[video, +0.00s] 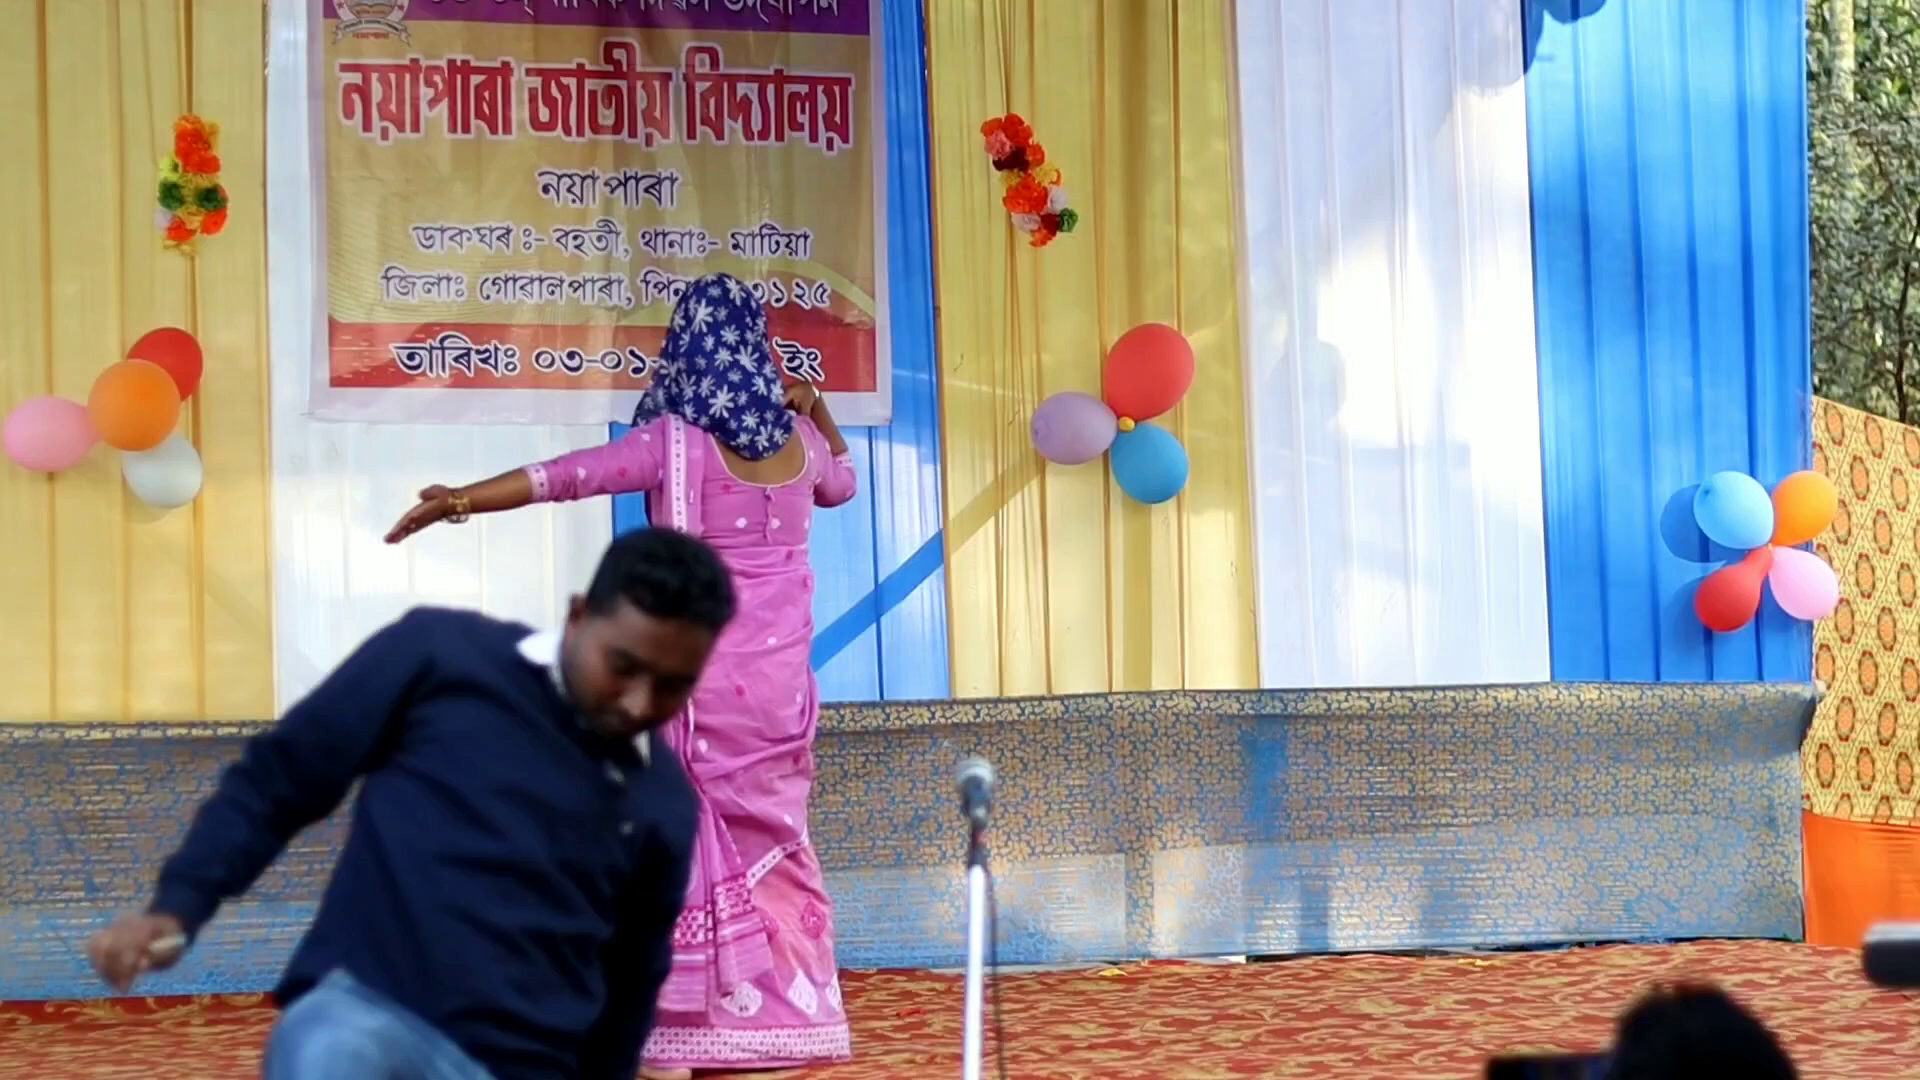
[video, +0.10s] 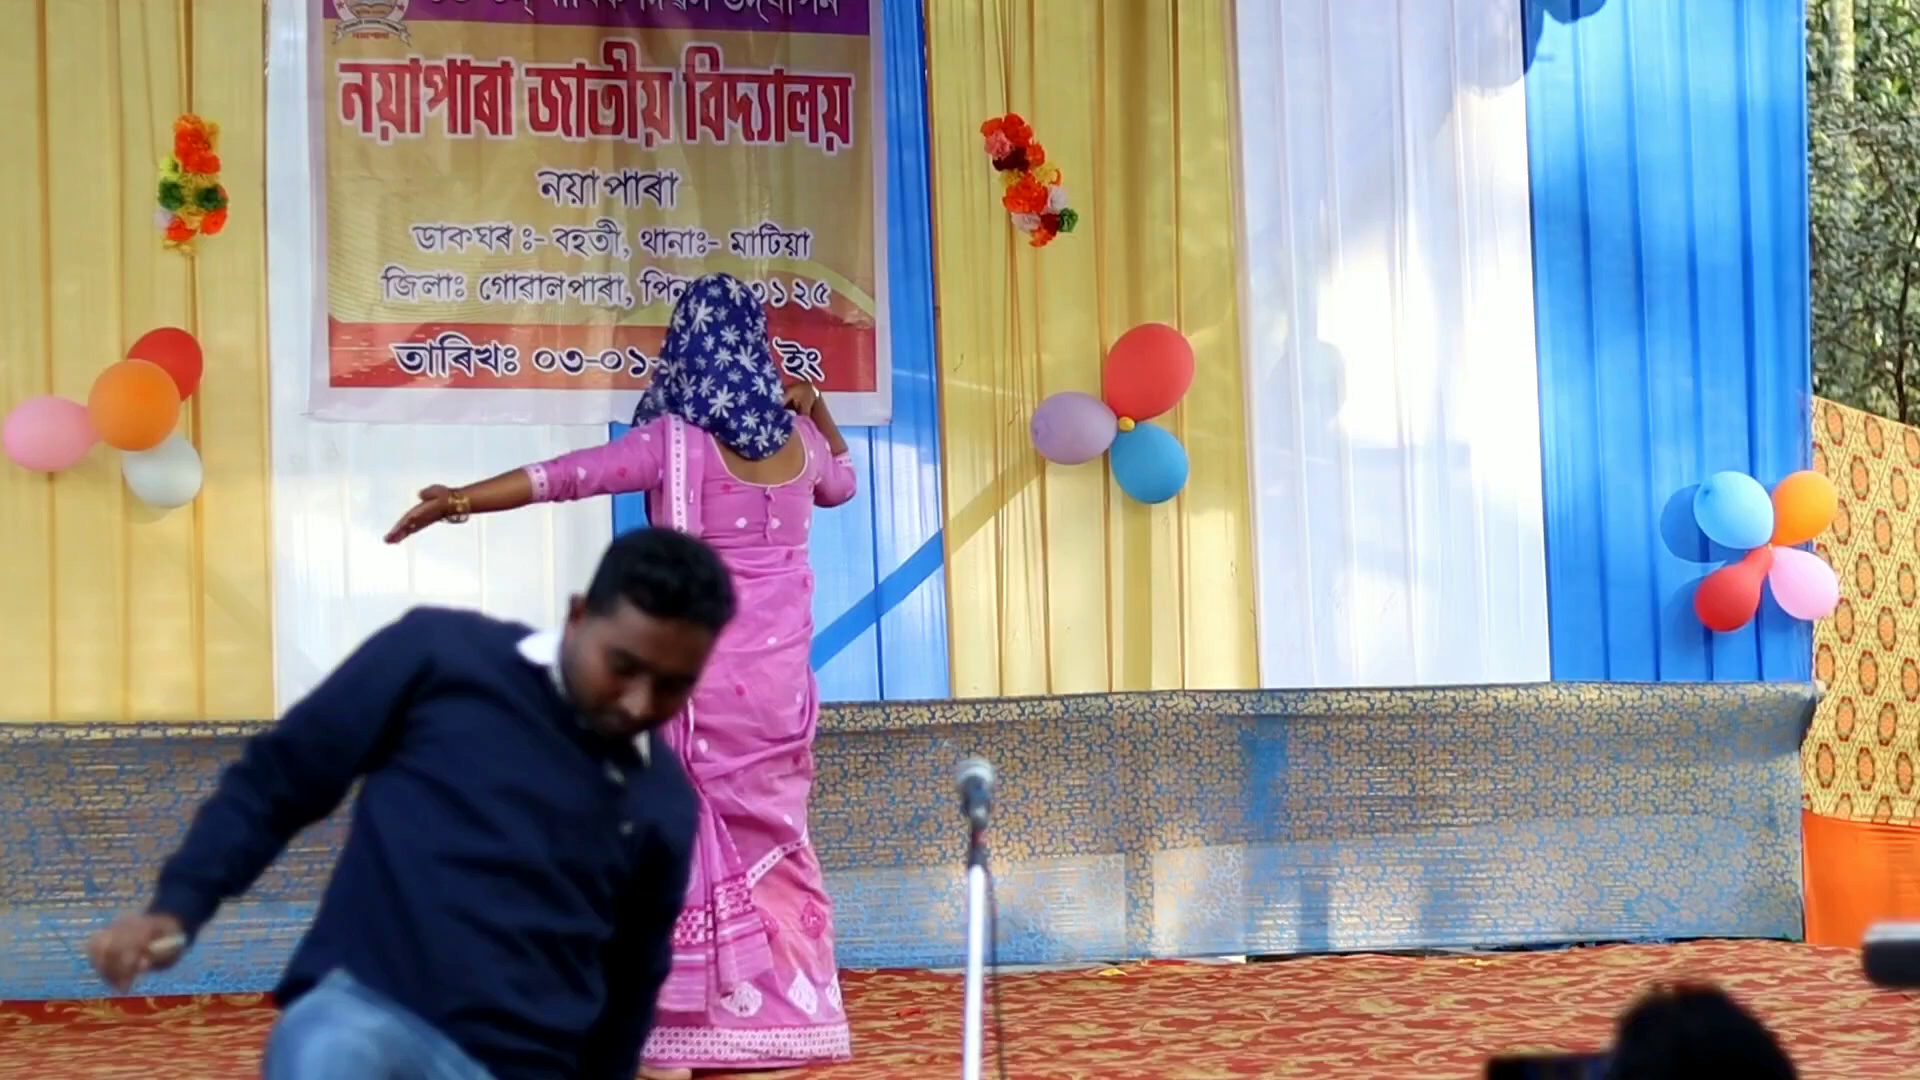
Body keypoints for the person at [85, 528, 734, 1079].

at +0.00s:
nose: (639, 704)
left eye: (672, 686)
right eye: (625, 667)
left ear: (696, 677)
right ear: (578, 612)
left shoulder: (665, 804)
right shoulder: (439, 655)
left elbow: (628, 1000)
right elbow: (281, 776)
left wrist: (601, 1075)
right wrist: (176, 909)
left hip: (528, 1061)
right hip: (378, 1004)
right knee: (337, 1053)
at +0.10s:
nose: (639, 704)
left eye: (672, 686)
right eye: (625, 667)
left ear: (696, 677)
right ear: (578, 612)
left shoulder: (665, 804)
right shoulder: (439, 655)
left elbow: (628, 1000)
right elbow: (281, 776)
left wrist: (601, 1075)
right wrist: (176, 909)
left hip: (528, 1061)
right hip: (378, 1004)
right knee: (337, 1053)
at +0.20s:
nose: (634, 743)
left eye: (662, 719)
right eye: (613, 706)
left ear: (682, 714)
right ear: (548, 670)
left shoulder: (665, 836)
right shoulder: (404, 754)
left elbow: (626, 1015)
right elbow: (299, 925)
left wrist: (603, 1066)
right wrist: (236, 1061)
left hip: (566, 1068)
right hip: (391, 1062)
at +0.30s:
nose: (598, 803)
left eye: (617, 771)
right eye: (567, 770)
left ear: (634, 766)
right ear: (487, 758)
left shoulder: (646, 897)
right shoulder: (364, 902)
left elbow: (627, 1059)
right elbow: (291, 1067)